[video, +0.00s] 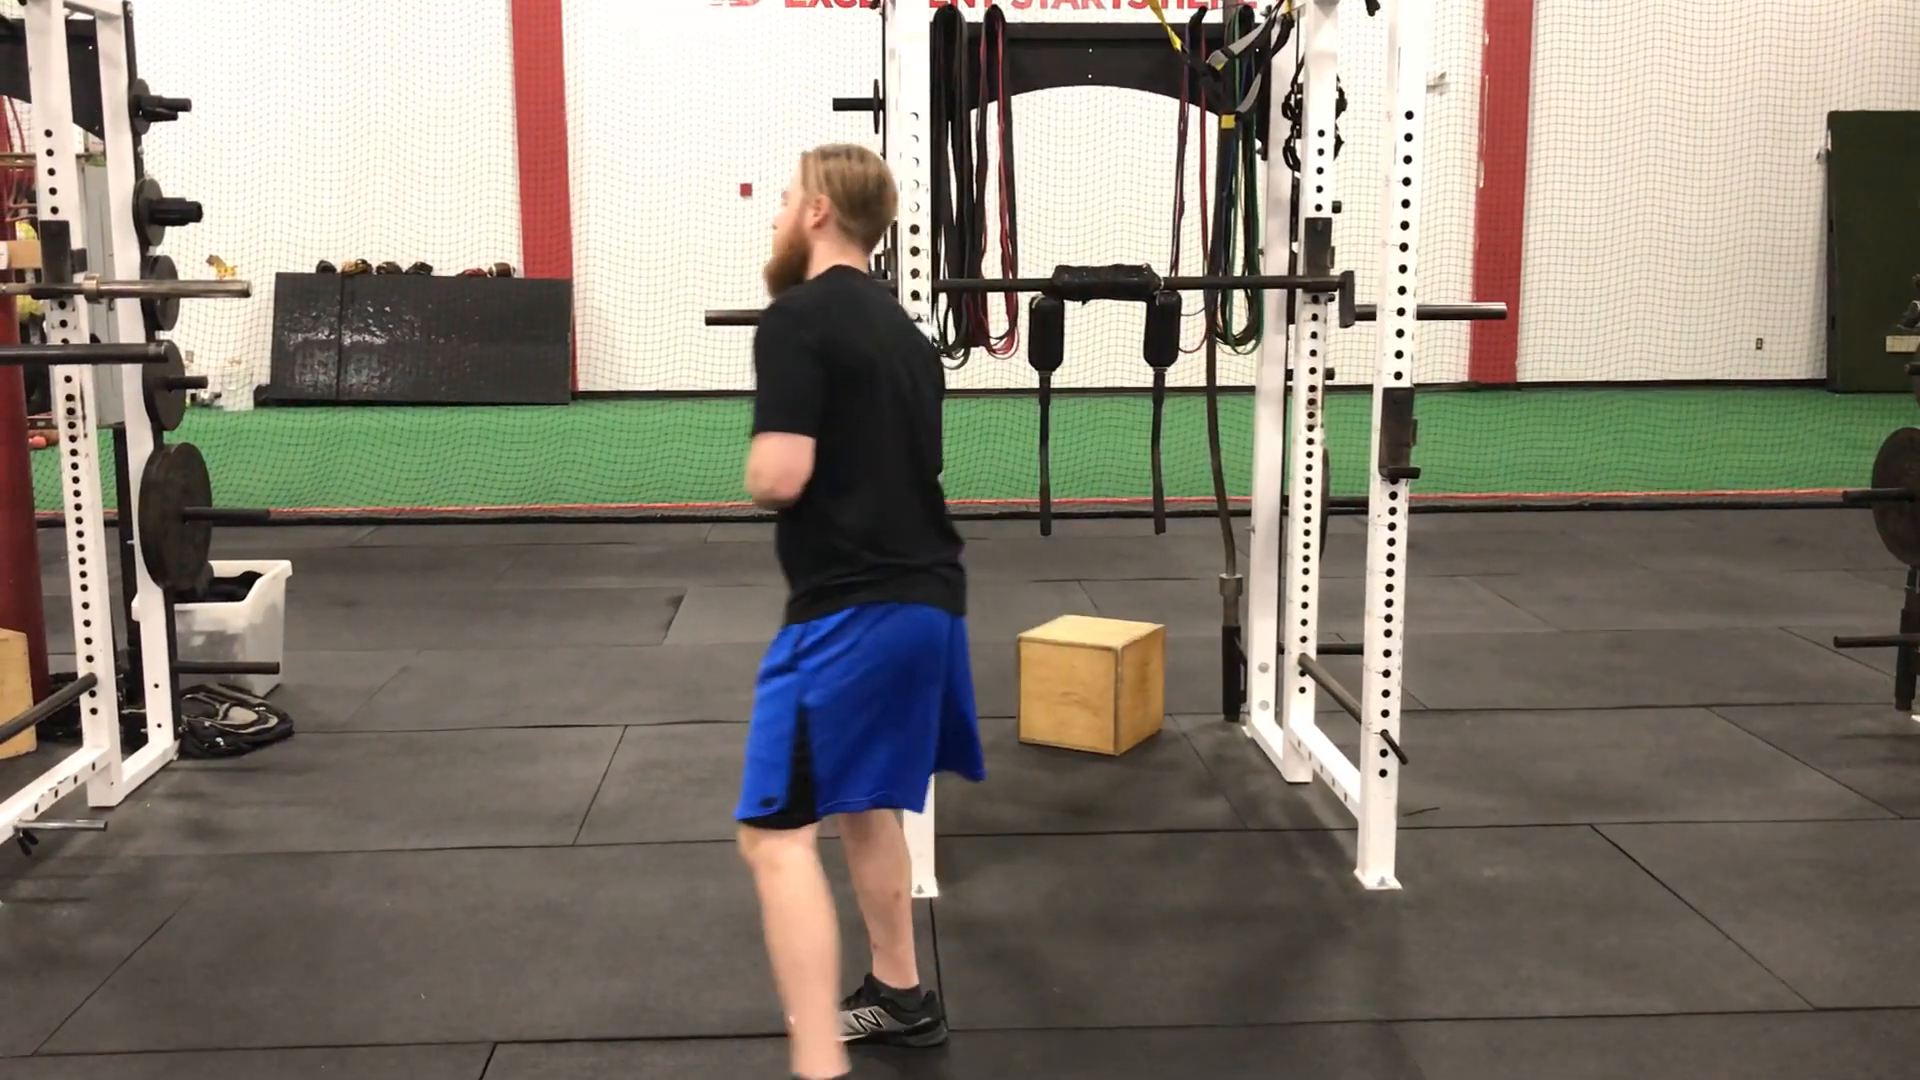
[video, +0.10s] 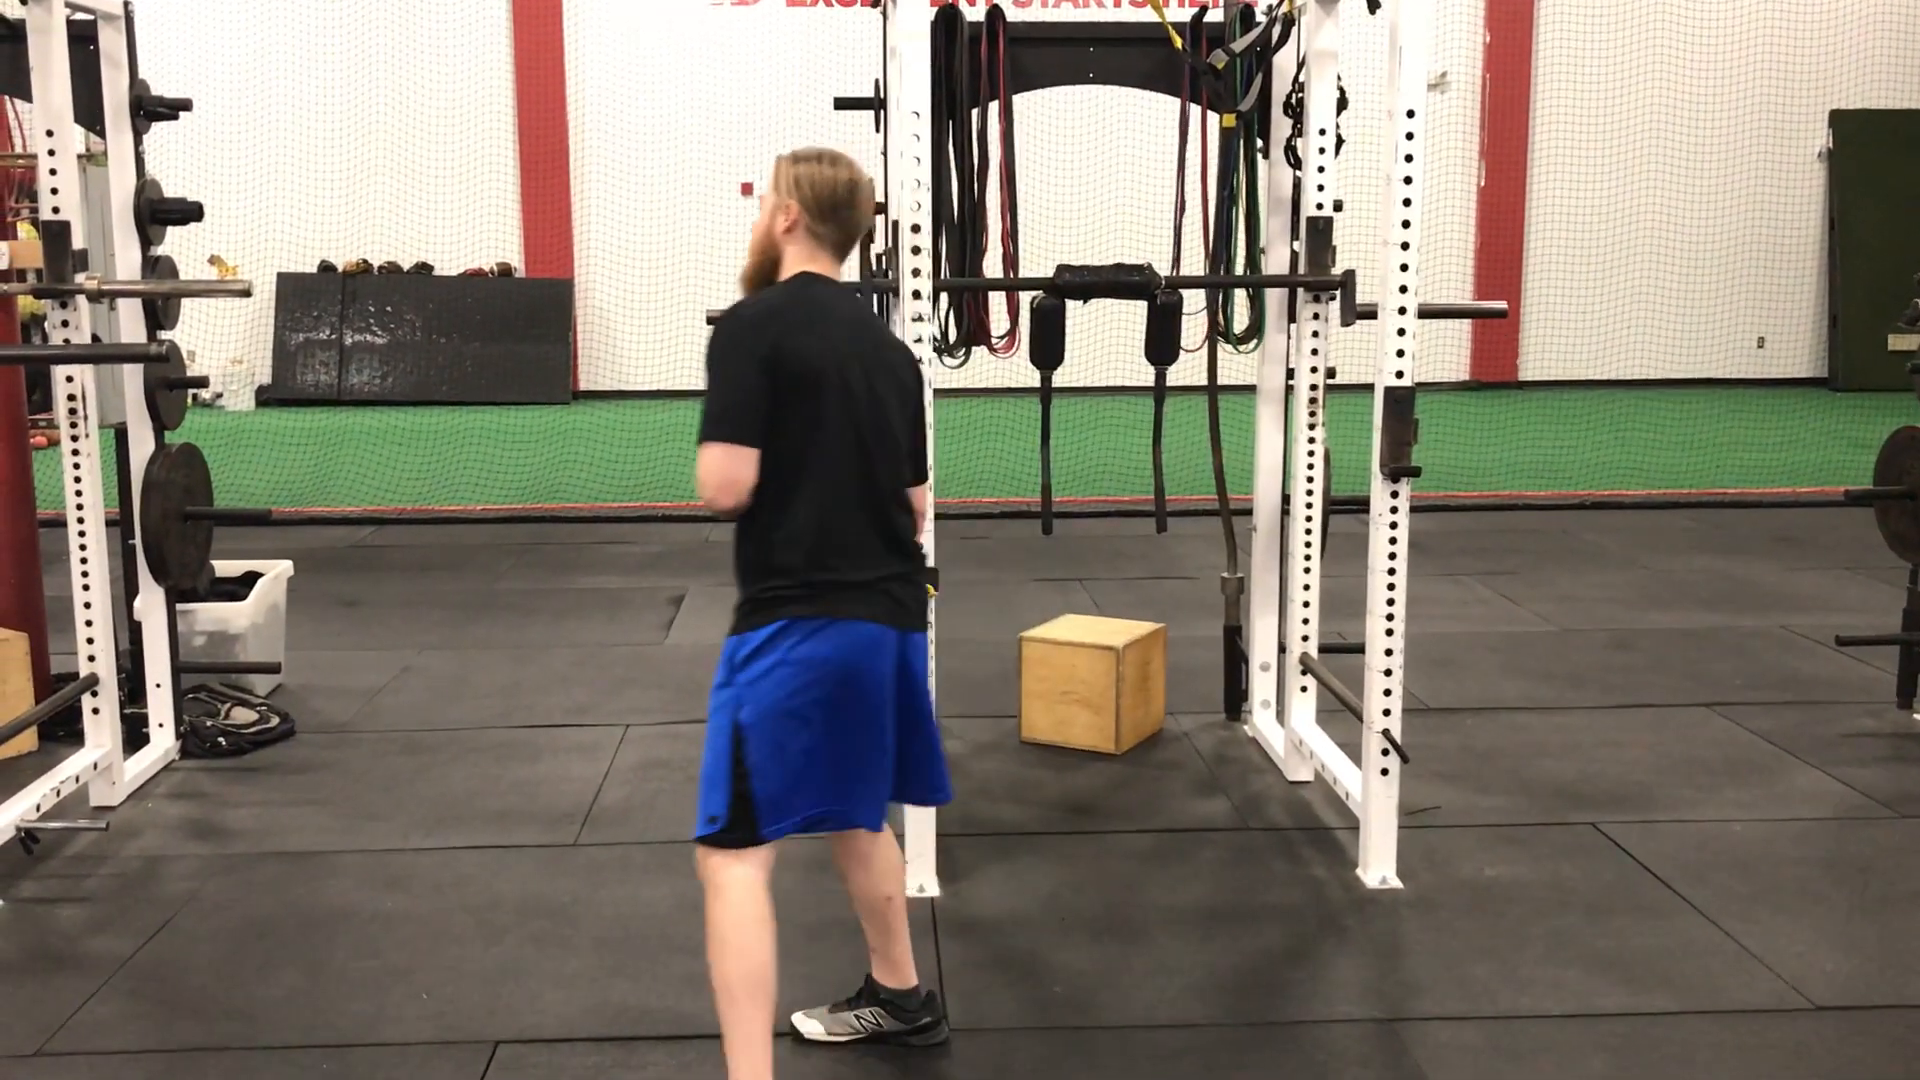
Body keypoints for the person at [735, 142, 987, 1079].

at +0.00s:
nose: (776, 212)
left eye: (785, 196)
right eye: (782, 195)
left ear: (814, 211)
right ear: (867, 222)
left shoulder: (799, 316)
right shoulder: (906, 330)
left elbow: (778, 477)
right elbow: (910, 466)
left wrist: (761, 475)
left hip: (850, 615)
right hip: (927, 607)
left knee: (773, 834)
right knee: (865, 802)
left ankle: (819, 1067)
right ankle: (901, 993)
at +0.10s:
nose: (751, 214)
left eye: (760, 199)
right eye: (758, 197)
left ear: (784, 215)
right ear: (850, 228)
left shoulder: (753, 327)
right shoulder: (891, 347)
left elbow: (725, 486)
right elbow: (915, 501)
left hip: (795, 625)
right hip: (888, 624)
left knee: (732, 850)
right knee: (859, 814)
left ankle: (749, 1073)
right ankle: (902, 994)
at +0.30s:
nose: (689, 233)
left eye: (695, 220)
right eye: (699, 219)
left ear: (705, 231)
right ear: (787, 250)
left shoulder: (658, 338)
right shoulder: (830, 371)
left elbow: (612, 504)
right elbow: (871, 528)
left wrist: (690, 477)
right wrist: (883, 652)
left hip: (701, 651)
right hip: (805, 652)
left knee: (673, 880)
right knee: (786, 823)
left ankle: (738, 1075)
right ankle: (843, 993)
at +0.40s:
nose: (658, 246)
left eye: (661, 234)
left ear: (665, 241)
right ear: (757, 258)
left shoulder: (610, 345)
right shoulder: (799, 376)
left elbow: (566, 509)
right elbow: (843, 535)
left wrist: (645, 485)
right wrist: (858, 665)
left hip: (670, 654)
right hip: (776, 655)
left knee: (665, 904)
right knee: (714, 832)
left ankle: (736, 1074)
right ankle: (717, 1010)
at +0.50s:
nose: (628, 256)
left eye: (631, 245)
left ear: (633, 251)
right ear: (725, 273)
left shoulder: (568, 350)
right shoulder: (769, 388)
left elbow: (529, 516)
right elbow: (811, 551)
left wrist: (615, 500)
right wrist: (825, 688)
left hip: (636, 659)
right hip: (751, 662)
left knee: (649, 915)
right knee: (641, 828)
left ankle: (734, 1076)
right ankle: (598, 1017)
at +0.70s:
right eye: (689, 324)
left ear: (593, 306)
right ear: (679, 332)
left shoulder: (505, 381)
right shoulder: (706, 440)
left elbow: (460, 534)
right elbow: (736, 593)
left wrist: (546, 532)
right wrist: (738, 744)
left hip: (551, 685)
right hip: (665, 691)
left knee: (602, 939)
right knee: (549, 861)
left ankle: (724, 1075)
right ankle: (485, 1020)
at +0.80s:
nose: (680, 373)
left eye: (683, 361)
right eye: (682, 361)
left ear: (589, 337)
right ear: (667, 363)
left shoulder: (488, 393)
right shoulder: (672, 472)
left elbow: (431, 535)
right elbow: (688, 619)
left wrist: (518, 525)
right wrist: (689, 778)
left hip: (494, 681)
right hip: (609, 697)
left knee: (528, 932)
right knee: (514, 850)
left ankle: (690, 1070)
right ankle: (474, 1021)